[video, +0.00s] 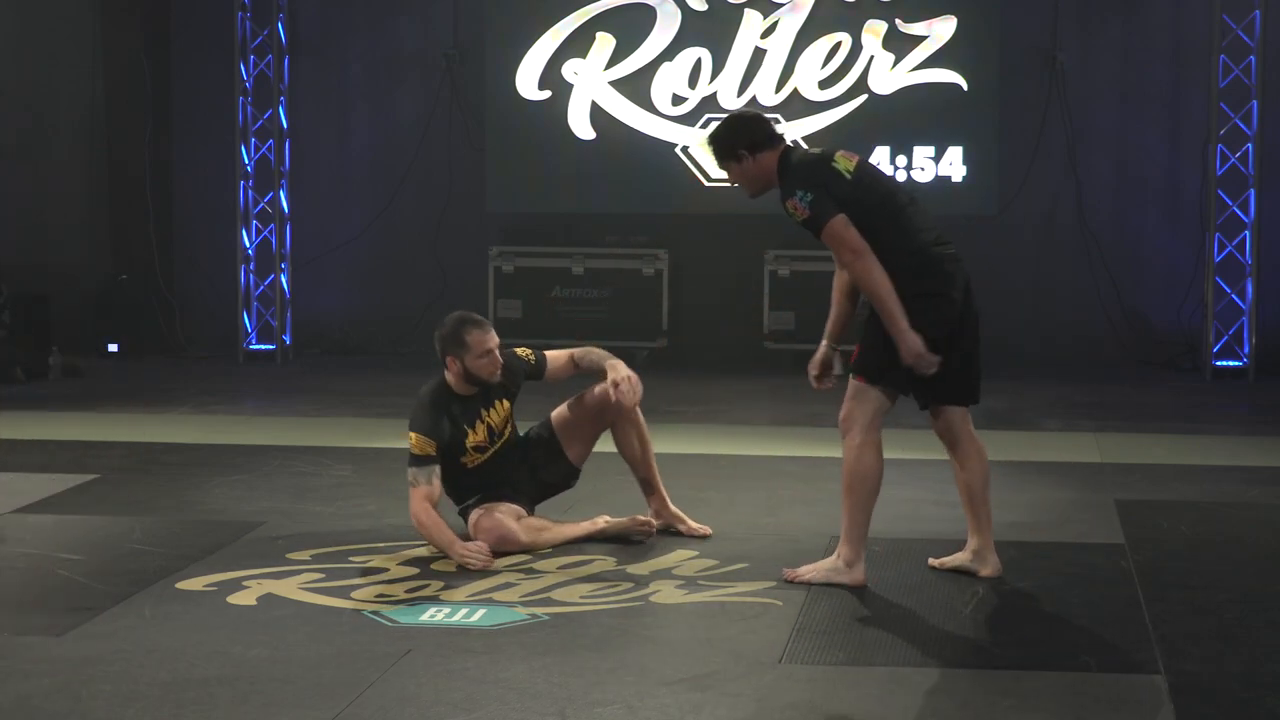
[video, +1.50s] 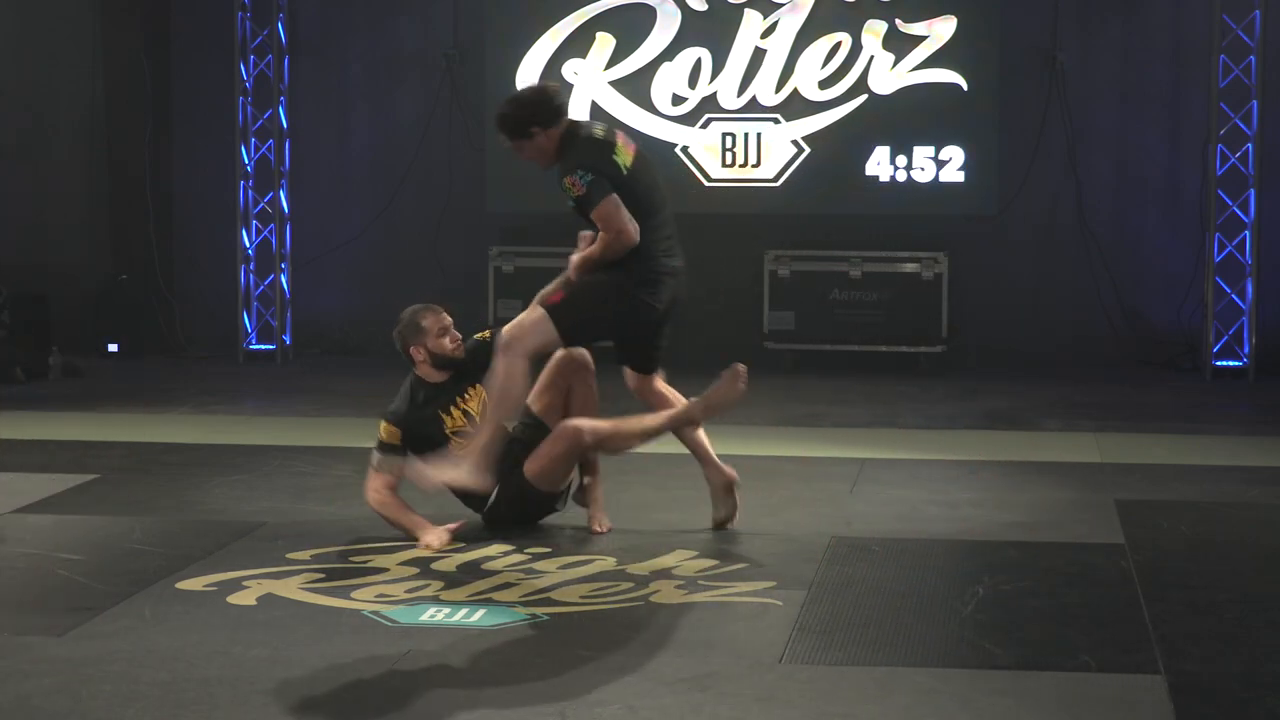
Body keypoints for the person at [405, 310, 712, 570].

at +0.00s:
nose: (499, 360)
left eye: (498, 349)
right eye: (486, 356)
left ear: (499, 342)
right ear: (455, 364)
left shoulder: (506, 364)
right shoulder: (431, 411)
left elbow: (576, 358)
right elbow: (421, 507)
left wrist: (613, 364)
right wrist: (456, 549)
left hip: (526, 459)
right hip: (489, 496)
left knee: (614, 396)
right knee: (493, 533)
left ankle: (661, 506)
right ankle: (596, 527)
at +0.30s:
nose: (485, 331)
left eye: (485, 322)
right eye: (474, 325)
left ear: (483, 324)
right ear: (442, 334)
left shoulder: (498, 361)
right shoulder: (407, 390)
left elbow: (570, 371)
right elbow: (367, 450)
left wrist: (613, 360)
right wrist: (342, 521)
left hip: (523, 464)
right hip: (482, 497)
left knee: (607, 392)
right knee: (490, 529)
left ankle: (657, 508)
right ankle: (593, 528)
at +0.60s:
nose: (467, 333)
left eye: (468, 323)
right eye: (454, 327)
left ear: (469, 325)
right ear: (424, 335)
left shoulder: (487, 362)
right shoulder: (390, 391)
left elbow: (563, 368)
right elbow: (359, 449)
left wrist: (571, 339)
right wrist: (325, 517)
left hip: (515, 463)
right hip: (478, 496)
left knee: (592, 383)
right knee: (493, 527)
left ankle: (574, 499)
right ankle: (592, 529)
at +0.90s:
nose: (452, 329)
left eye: (452, 320)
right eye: (441, 324)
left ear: (451, 321)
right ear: (410, 330)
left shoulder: (470, 358)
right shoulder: (375, 383)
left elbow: (535, 394)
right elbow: (349, 446)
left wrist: (564, 382)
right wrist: (324, 517)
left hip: (503, 455)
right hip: (467, 491)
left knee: (585, 383)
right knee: (501, 524)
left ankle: (566, 496)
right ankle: (620, 523)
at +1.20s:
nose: (452, 339)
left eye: (452, 329)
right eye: (440, 333)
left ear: (452, 330)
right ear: (409, 342)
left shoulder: (467, 364)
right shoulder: (379, 394)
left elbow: (531, 413)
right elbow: (347, 451)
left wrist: (572, 415)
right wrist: (323, 518)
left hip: (505, 453)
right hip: (479, 497)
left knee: (577, 378)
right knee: (567, 502)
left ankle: (564, 505)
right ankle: (688, 501)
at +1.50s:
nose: (457, 337)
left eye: (453, 329)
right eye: (444, 335)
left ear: (455, 331)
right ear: (417, 355)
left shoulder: (472, 353)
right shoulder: (405, 415)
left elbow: (531, 320)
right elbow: (376, 491)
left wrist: (574, 271)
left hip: (520, 460)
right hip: (499, 500)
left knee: (574, 359)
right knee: (575, 433)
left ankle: (591, 492)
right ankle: (694, 411)